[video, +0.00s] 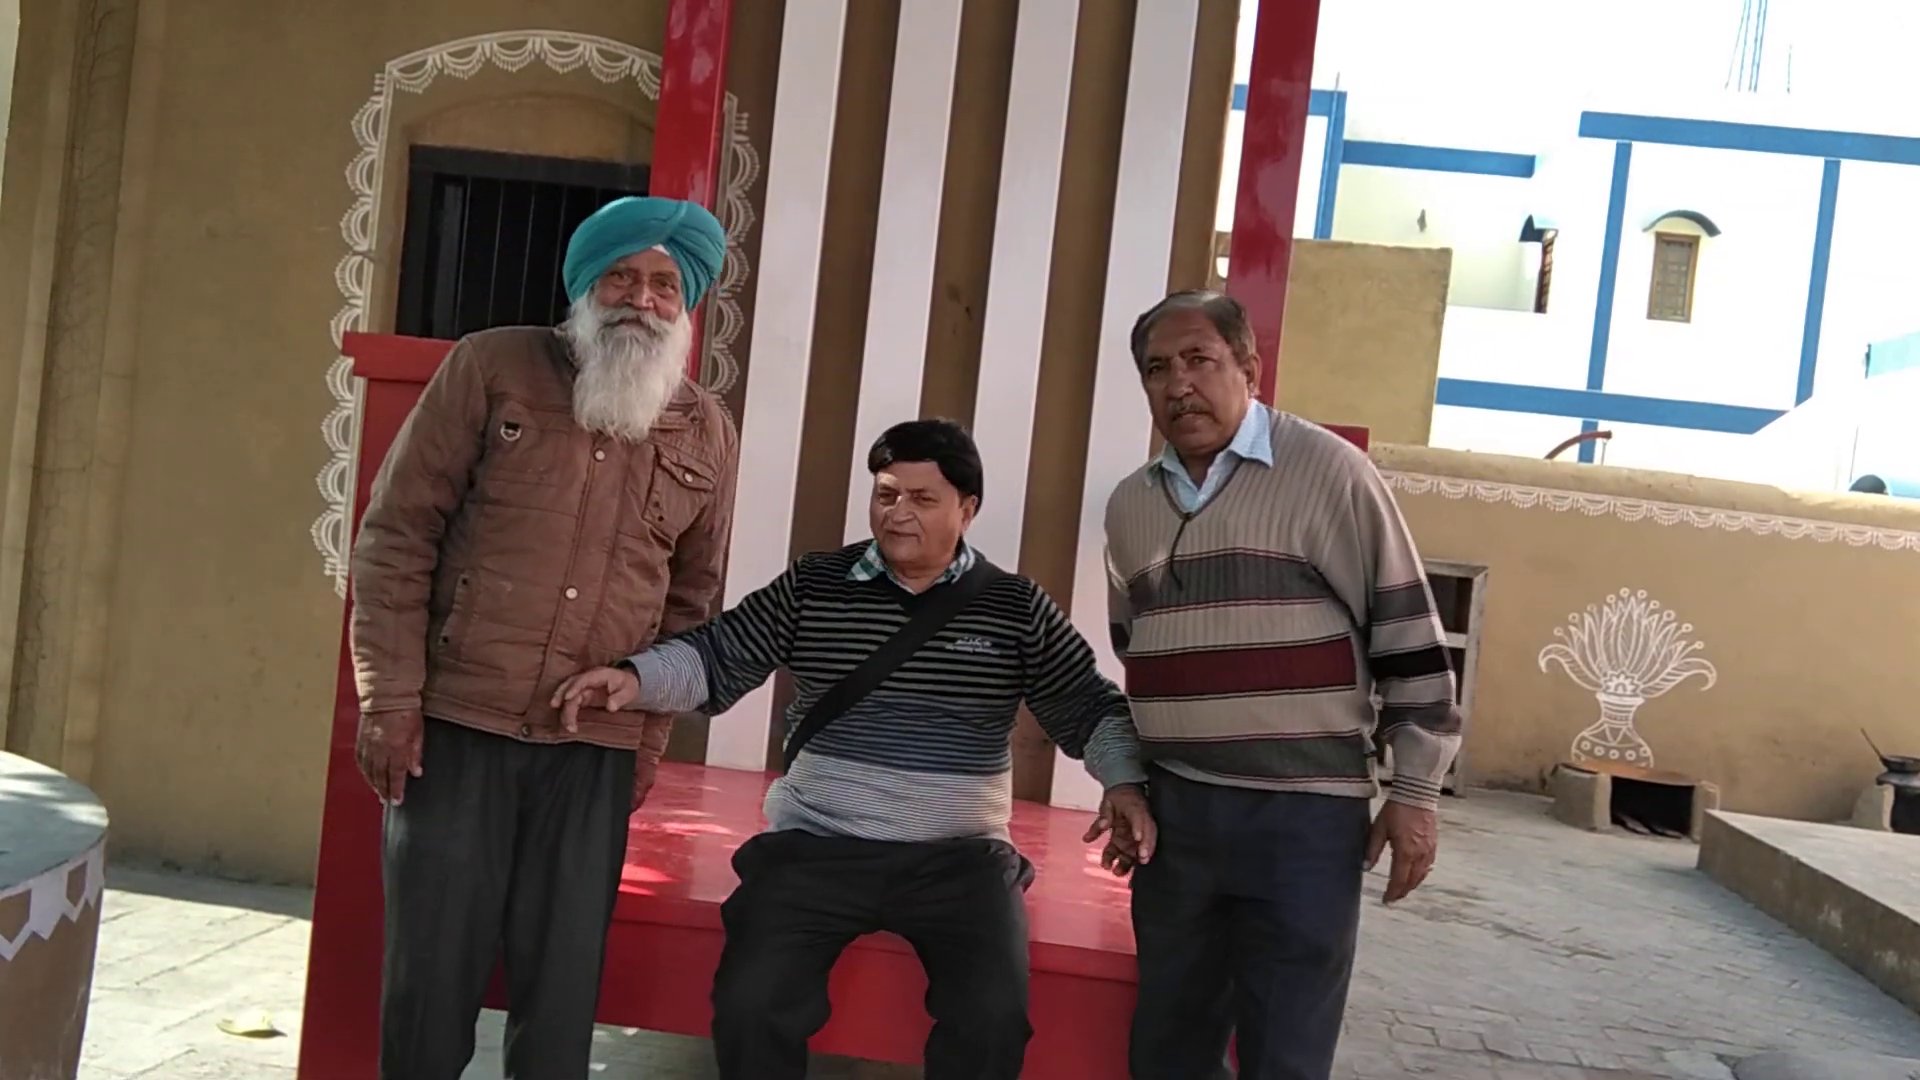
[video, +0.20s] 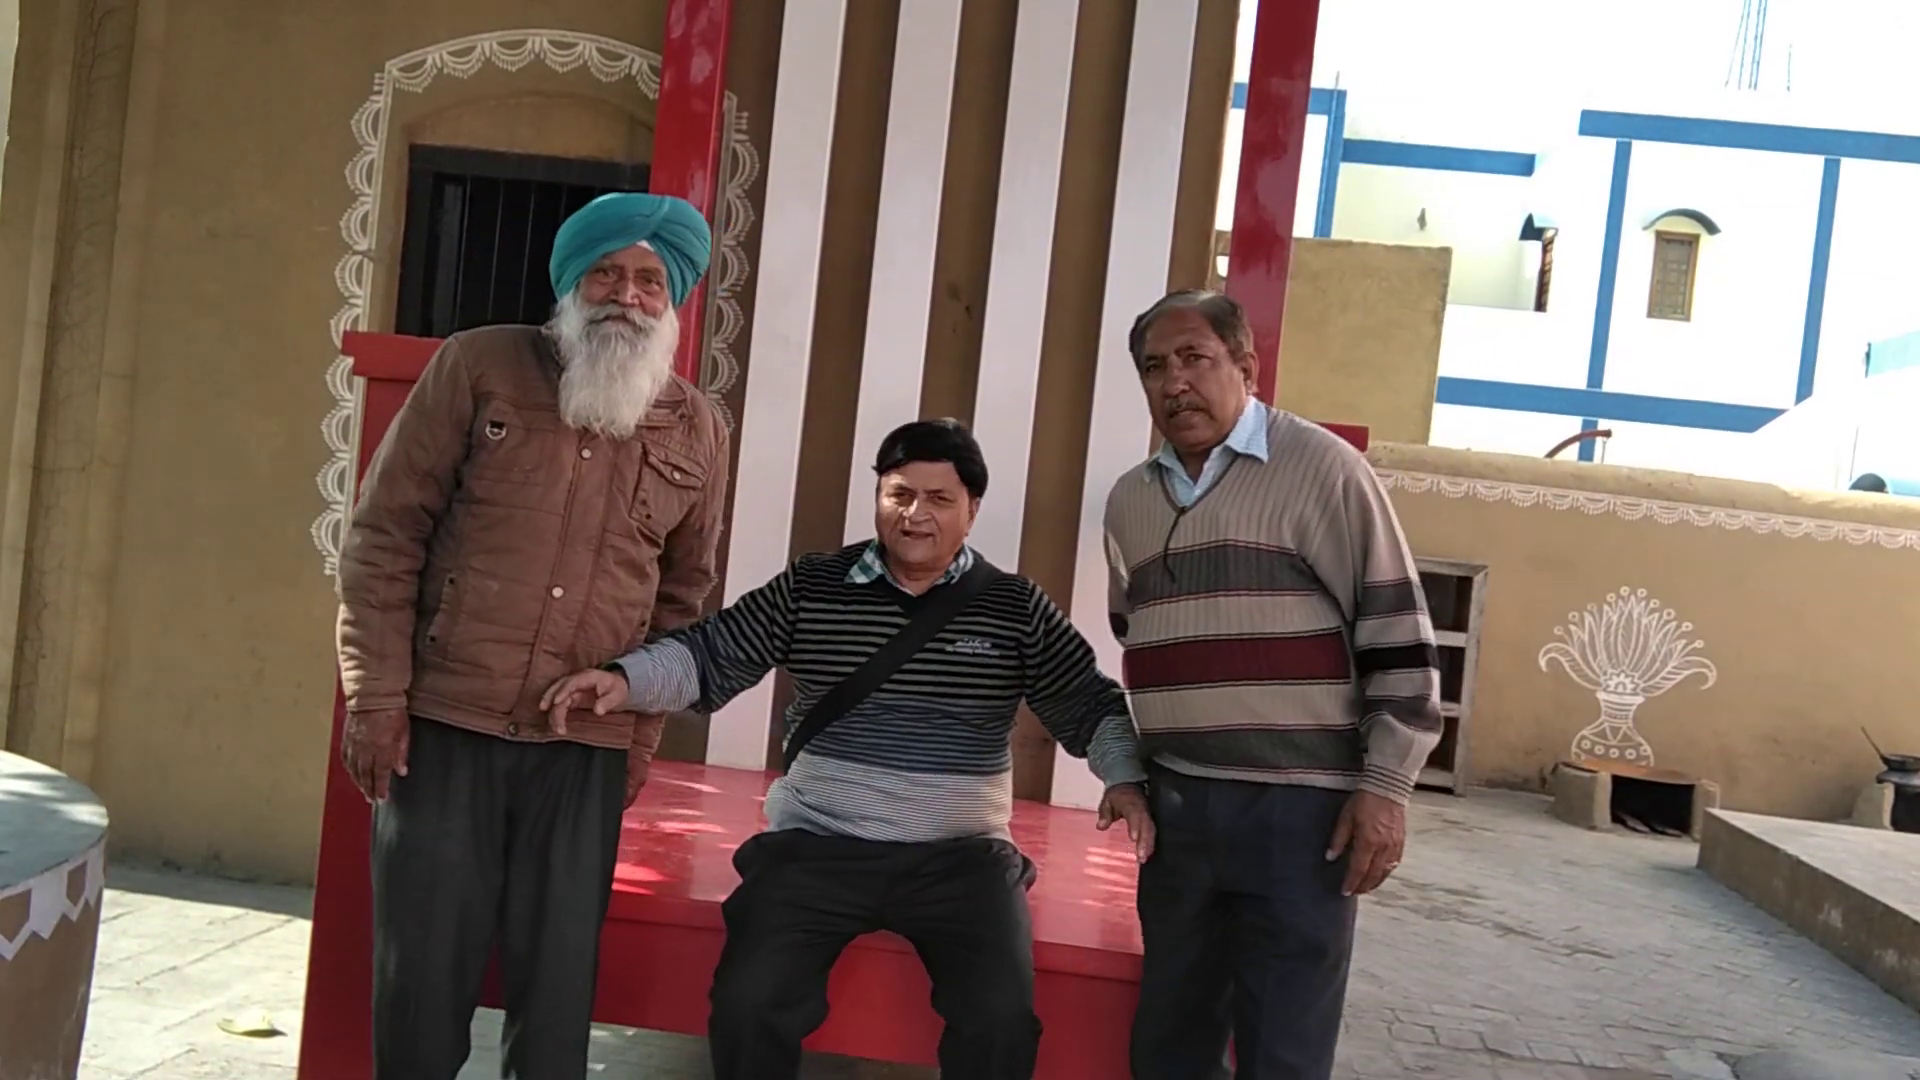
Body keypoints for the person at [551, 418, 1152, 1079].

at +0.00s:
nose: (898, 511)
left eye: (922, 498)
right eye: (885, 494)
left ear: (967, 511)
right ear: (871, 501)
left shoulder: (1014, 607)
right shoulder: (815, 586)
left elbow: (1091, 704)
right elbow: (720, 651)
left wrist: (1126, 787)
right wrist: (632, 682)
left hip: (959, 853)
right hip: (813, 843)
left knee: (993, 1016)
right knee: (752, 1008)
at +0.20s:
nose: (915, 512)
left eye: (937, 498)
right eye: (900, 494)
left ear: (972, 511)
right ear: (876, 501)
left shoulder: (1014, 607)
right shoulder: (812, 588)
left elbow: (1090, 702)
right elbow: (713, 651)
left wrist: (1125, 780)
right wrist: (625, 681)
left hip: (960, 851)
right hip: (813, 841)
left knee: (1001, 1016)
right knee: (749, 1006)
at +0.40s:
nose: (919, 514)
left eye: (941, 500)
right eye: (904, 496)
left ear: (976, 511)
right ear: (880, 501)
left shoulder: (1015, 609)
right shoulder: (814, 588)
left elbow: (1090, 706)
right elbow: (711, 649)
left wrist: (1129, 786)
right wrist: (620, 683)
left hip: (959, 851)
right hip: (813, 840)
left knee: (999, 1015)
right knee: (747, 1008)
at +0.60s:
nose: (925, 522)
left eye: (944, 507)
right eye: (909, 504)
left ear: (974, 515)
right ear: (880, 505)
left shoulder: (1014, 610)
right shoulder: (814, 588)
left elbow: (1094, 705)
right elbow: (717, 654)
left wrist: (1146, 787)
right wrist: (638, 680)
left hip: (958, 849)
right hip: (813, 840)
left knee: (999, 1018)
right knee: (745, 1011)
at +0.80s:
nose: (923, 522)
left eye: (943, 506)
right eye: (906, 503)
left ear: (974, 514)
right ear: (877, 504)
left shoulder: (1014, 609)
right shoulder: (815, 589)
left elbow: (1098, 706)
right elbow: (725, 661)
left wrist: (1153, 785)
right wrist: (651, 685)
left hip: (960, 849)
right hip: (816, 839)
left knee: (999, 1021)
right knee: (745, 1009)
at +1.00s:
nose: (924, 520)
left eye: (944, 506)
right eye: (907, 502)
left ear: (973, 515)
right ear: (877, 505)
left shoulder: (1014, 611)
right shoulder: (814, 590)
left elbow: (1101, 712)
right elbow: (721, 666)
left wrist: (1167, 797)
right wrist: (635, 684)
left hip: (961, 849)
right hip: (814, 837)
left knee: (998, 1019)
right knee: (746, 1004)